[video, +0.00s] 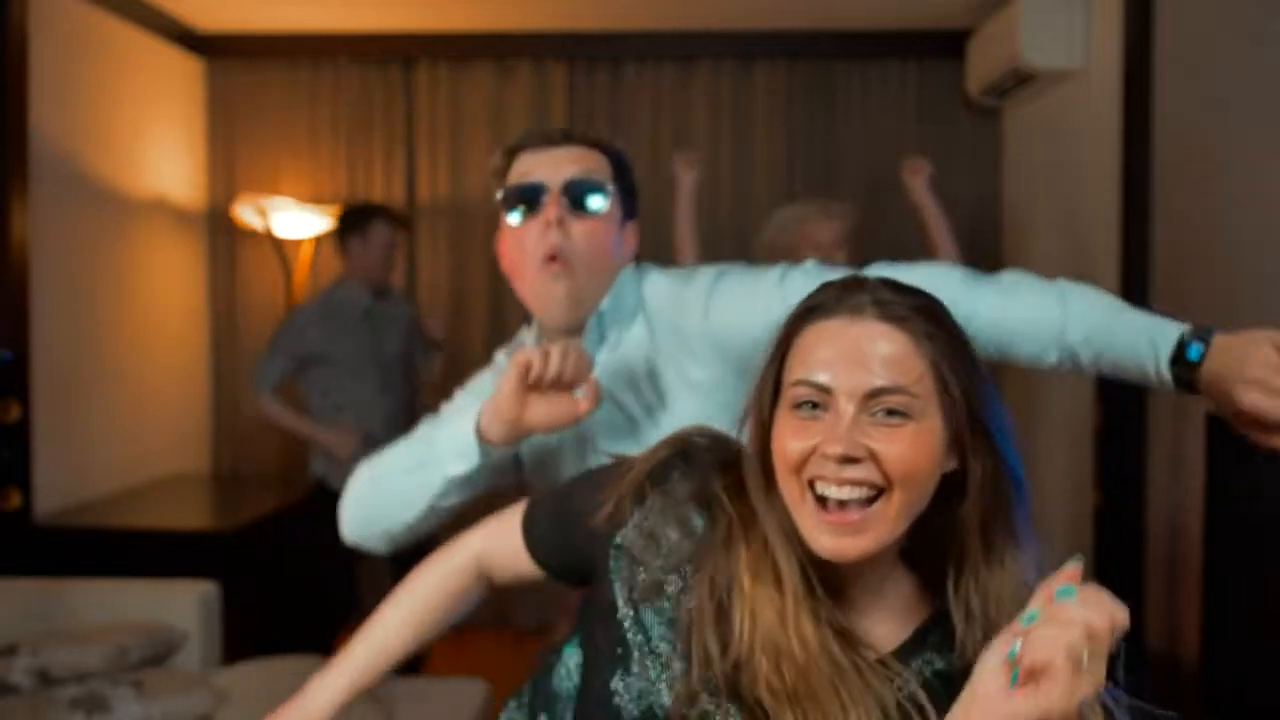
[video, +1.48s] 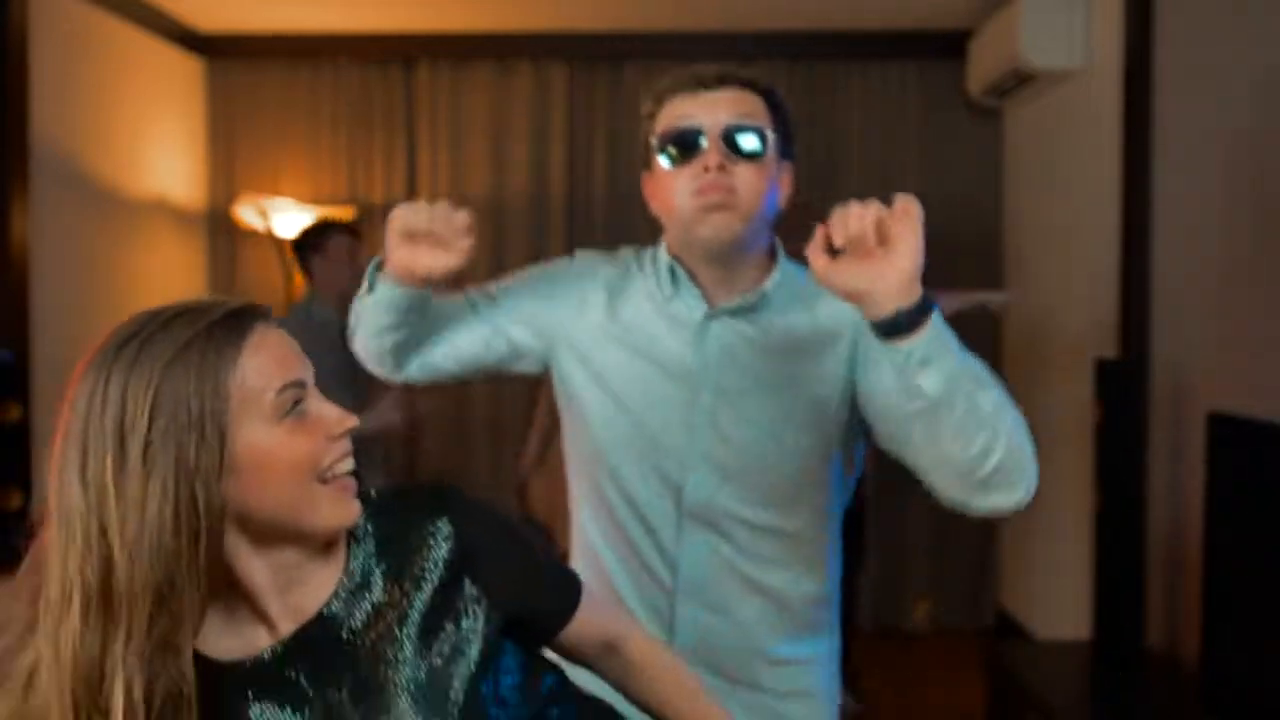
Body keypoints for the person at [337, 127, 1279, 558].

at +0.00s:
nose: (552, 219)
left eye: (582, 199)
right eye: (526, 202)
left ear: (631, 233)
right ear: (498, 244)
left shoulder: (698, 307)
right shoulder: (501, 385)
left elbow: (931, 301)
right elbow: (360, 523)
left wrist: (1190, 354)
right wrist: (494, 436)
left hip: (782, 640)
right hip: (616, 660)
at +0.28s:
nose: (531, 304)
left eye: (561, 280)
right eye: (503, 284)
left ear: (609, 310)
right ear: (474, 321)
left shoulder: (669, 387)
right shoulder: (487, 465)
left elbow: (929, 412)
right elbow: (344, 590)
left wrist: (1182, 466)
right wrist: (422, 498)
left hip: (800, 658)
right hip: (618, 686)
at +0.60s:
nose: (556, 196)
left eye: (588, 177)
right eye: (530, 180)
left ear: (641, 211)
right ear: (500, 215)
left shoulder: (717, 291)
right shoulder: (486, 340)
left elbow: (955, 321)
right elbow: (359, 422)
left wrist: (991, 465)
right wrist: (234, 413)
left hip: (806, 661)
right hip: (599, 668)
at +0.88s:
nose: (664, 136)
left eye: (693, 115)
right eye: (632, 123)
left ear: (743, 160)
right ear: (600, 170)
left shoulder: (826, 294)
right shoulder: (534, 302)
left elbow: (986, 512)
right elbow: (329, 375)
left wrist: (900, 439)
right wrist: (105, 392)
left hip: (811, 687)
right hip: (592, 684)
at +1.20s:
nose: (760, 242)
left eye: (788, 220)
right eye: (726, 228)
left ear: (828, 262)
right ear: (692, 275)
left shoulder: (864, 420)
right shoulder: (597, 373)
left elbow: (926, 655)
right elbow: (451, 441)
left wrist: (889, 454)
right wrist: (291, 402)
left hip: (785, 713)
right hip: (618, 703)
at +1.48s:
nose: (711, 161)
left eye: (741, 143)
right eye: (681, 146)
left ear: (782, 184)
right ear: (650, 191)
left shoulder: (842, 325)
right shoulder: (580, 297)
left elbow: (1000, 483)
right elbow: (391, 350)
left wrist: (901, 319)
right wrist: (404, 284)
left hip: (783, 700)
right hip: (611, 693)